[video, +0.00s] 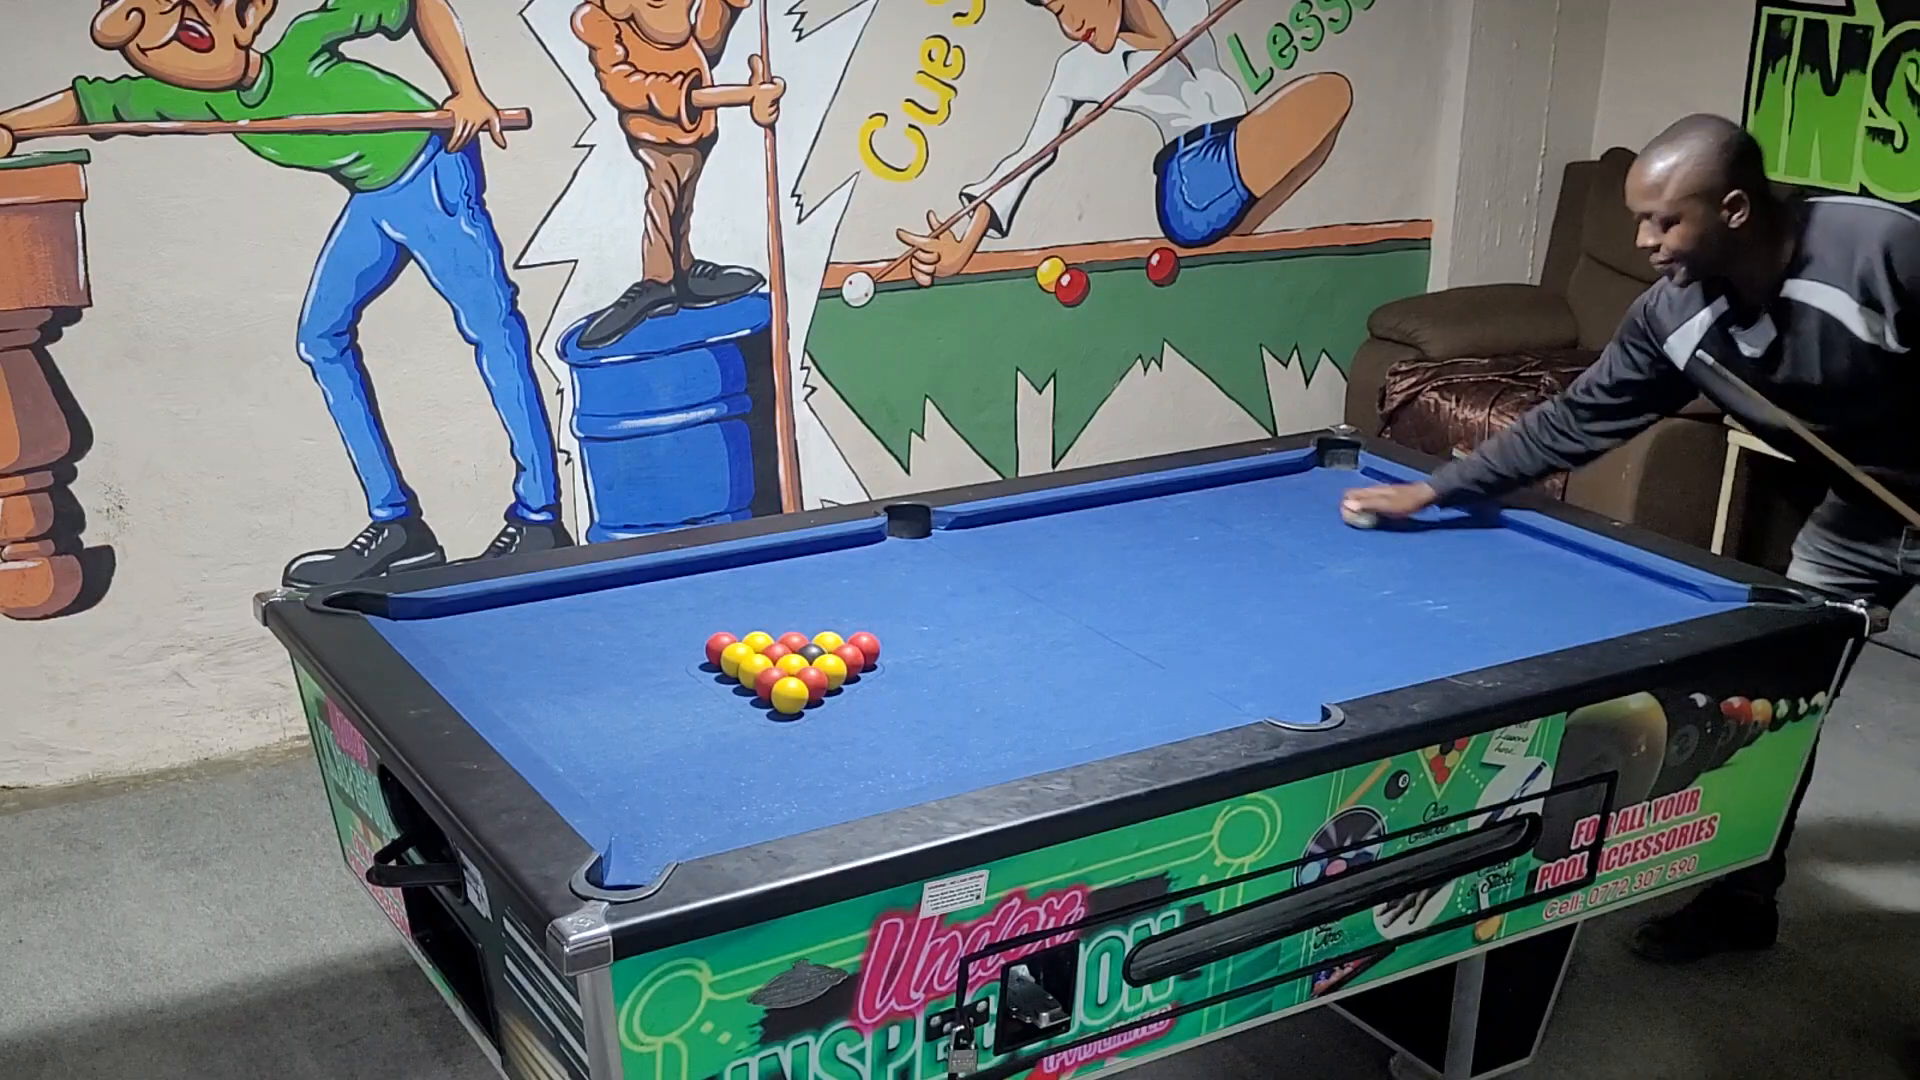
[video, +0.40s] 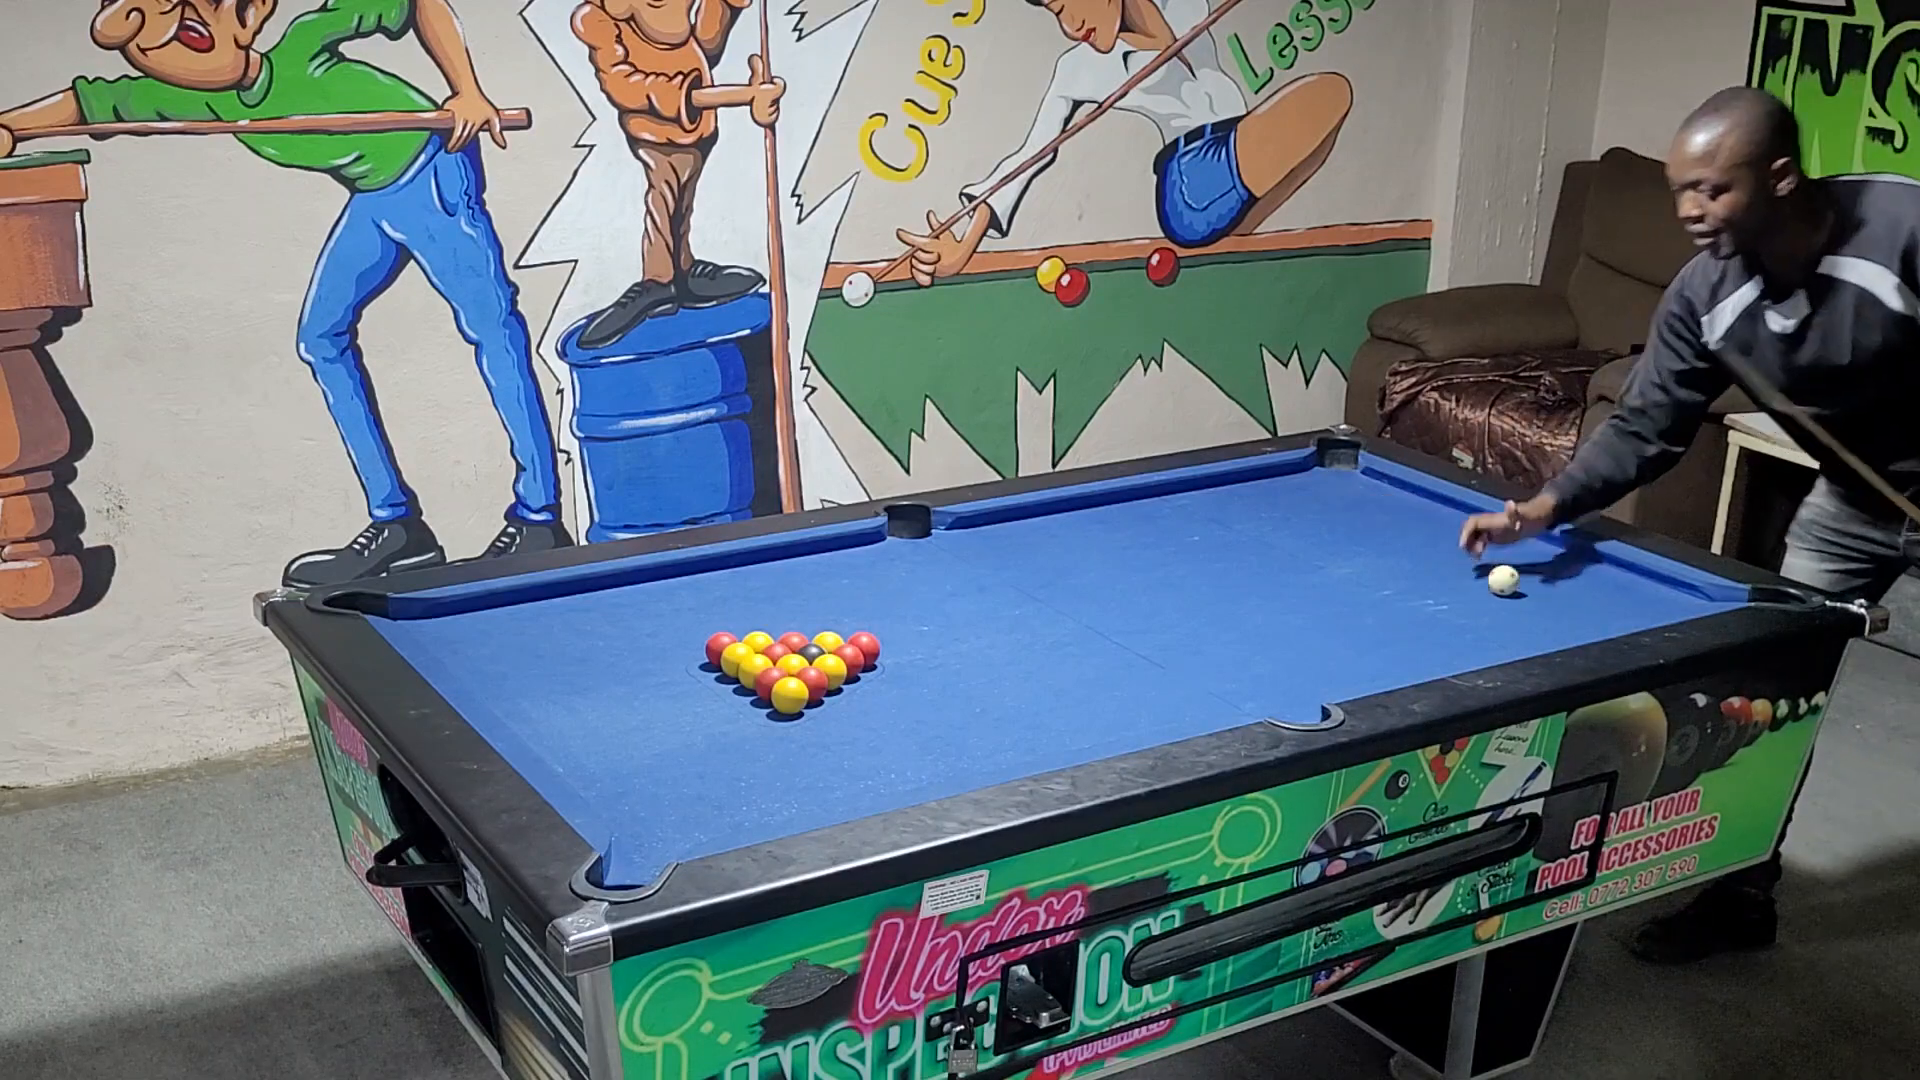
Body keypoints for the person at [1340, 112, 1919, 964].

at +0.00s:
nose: (1650, 244)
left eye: (1666, 222)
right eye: (1642, 225)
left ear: (1737, 208)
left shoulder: (1885, 250)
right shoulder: (1671, 316)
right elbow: (1570, 421)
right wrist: (1428, 489)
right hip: (1864, 501)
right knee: (1773, 690)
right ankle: (1741, 891)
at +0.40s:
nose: (1690, 213)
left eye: (1712, 190)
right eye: (1681, 193)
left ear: (1782, 179)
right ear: (1678, 192)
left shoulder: (1903, 229)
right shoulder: (1702, 298)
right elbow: (1644, 423)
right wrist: (1539, 508)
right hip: (1854, 491)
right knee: (1769, 677)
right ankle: (1741, 887)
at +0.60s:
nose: (1791, 194)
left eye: (1816, 174)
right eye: (1785, 174)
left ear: (1888, 171)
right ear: (1781, 174)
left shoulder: (1919, 260)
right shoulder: (1794, 287)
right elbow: (1729, 415)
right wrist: (1612, 493)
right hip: (1908, 489)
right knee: (1819, 679)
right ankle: (1744, 889)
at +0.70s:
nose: (1852, 198)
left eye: (1877, 178)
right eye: (1846, 177)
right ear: (1839, 181)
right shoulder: (1846, 298)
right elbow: (1742, 423)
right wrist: (1608, 492)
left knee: (1859, 701)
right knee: (1851, 701)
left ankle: (1754, 891)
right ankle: (1752, 891)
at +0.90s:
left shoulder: (1914, 287)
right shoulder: (1913, 286)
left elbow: (1854, 382)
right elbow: (1853, 382)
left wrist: (1735, 451)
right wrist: (1737, 449)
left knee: (1905, 680)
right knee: (1905, 677)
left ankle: (1892, 878)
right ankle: (1891, 876)